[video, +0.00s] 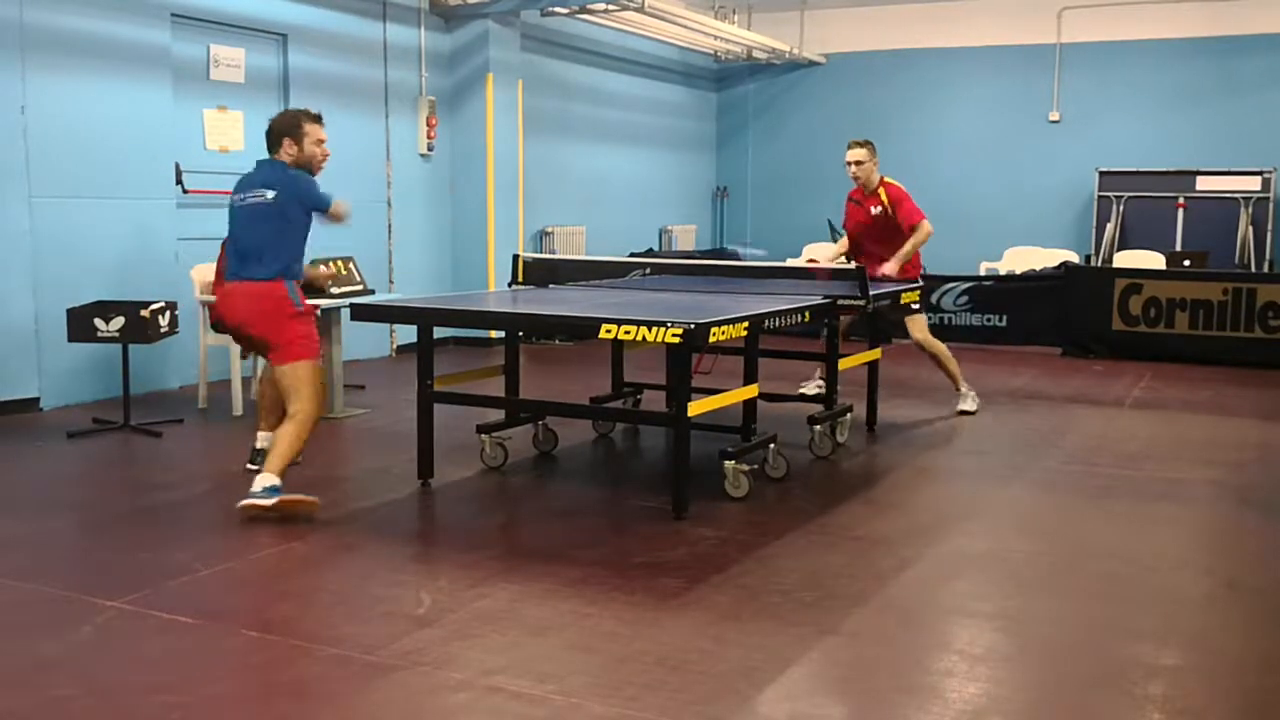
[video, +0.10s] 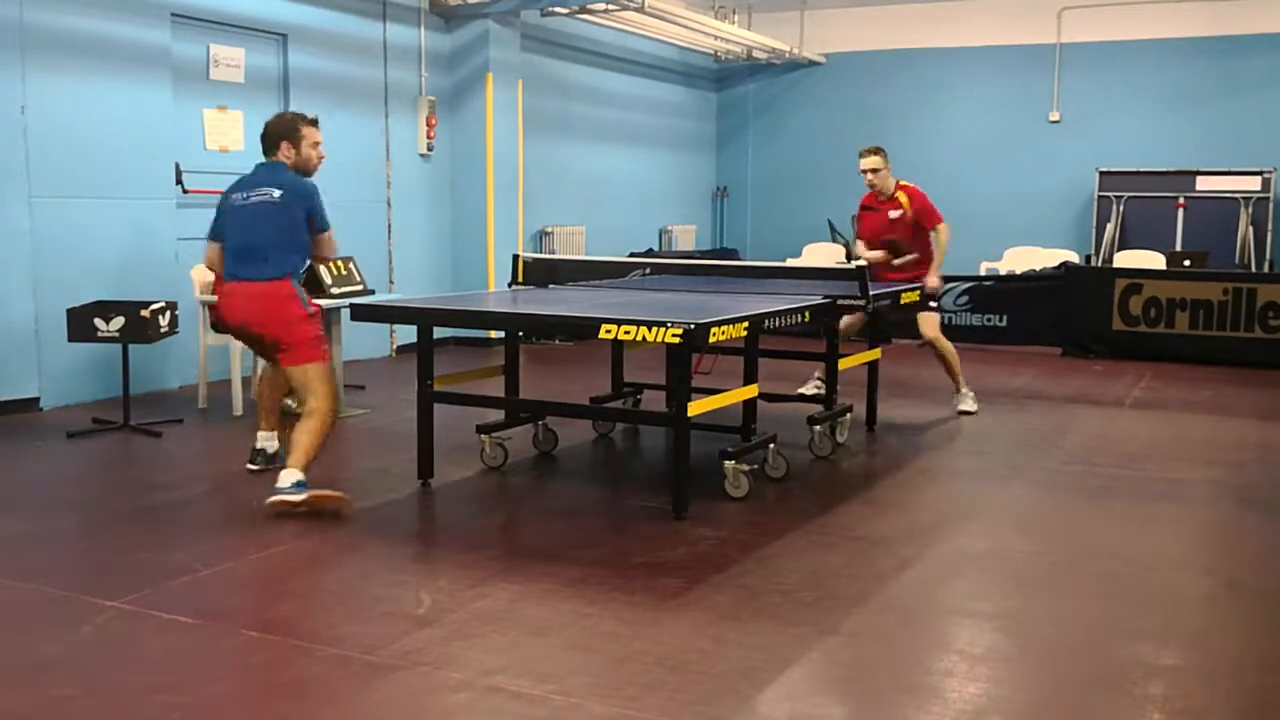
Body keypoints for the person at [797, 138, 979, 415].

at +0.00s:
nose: (852, 170)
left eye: (858, 164)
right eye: (849, 165)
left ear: (874, 164)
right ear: (846, 167)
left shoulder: (892, 192)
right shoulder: (853, 198)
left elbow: (924, 229)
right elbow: (851, 237)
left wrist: (896, 261)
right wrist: (828, 258)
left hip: (902, 281)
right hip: (866, 281)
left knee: (921, 337)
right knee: (836, 325)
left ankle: (964, 390)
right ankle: (824, 380)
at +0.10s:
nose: (868, 178)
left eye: (874, 171)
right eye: (864, 173)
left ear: (888, 170)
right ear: (862, 175)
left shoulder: (911, 196)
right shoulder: (867, 204)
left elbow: (941, 229)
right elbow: (860, 246)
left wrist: (935, 271)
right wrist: (874, 255)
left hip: (917, 282)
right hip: (881, 284)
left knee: (931, 335)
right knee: (843, 327)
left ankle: (962, 390)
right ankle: (822, 380)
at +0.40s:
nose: (950, 139)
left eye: (956, 133)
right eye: (945, 134)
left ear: (966, 134)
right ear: (938, 136)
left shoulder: (985, 164)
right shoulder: (929, 173)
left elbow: (997, 204)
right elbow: (918, 218)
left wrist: (1004, 240)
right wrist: (918, 260)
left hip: (980, 253)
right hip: (942, 257)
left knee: (994, 317)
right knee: (940, 323)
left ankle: (1004, 384)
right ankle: (944, 381)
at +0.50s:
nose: (980, 145)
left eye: (985, 140)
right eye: (975, 140)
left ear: (992, 142)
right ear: (965, 142)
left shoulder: (1005, 173)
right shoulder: (951, 178)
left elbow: (1010, 217)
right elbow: (929, 216)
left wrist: (1012, 255)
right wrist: (934, 250)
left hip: (999, 262)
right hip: (961, 264)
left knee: (1025, 322)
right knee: (958, 331)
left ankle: (1042, 387)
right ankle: (950, 383)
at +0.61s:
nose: (1013, 146)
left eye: (1017, 140)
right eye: (1006, 141)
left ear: (1022, 141)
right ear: (992, 144)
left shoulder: (1028, 175)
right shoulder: (978, 178)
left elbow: (1027, 221)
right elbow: (950, 213)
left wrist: (1027, 258)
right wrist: (958, 242)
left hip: (1019, 270)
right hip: (984, 271)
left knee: (1049, 320)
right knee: (973, 333)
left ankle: (1060, 389)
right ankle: (951, 384)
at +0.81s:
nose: (1073, 135)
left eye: (1075, 129)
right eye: (1068, 129)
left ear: (1072, 132)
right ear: (1050, 132)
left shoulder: (1067, 166)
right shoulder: (1029, 169)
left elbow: (1063, 211)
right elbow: (1012, 214)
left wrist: (1070, 249)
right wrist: (1033, 247)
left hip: (1065, 257)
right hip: (1040, 258)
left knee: (1075, 320)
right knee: (1037, 322)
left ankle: (1064, 388)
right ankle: (978, 365)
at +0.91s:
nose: (1095, 132)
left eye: (1096, 126)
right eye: (1090, 126)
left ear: (1083, 131)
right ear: (1074, 129)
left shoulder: (1079, 167)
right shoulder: (1053, 165)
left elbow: (1076, 214)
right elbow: (1039, 212)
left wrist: (1086, 251)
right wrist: (1061, 250)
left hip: (1081, 254)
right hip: (1061, 254)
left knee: (1076, 321)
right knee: (1078, 318)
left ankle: (1064, 387)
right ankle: (1023, 365)